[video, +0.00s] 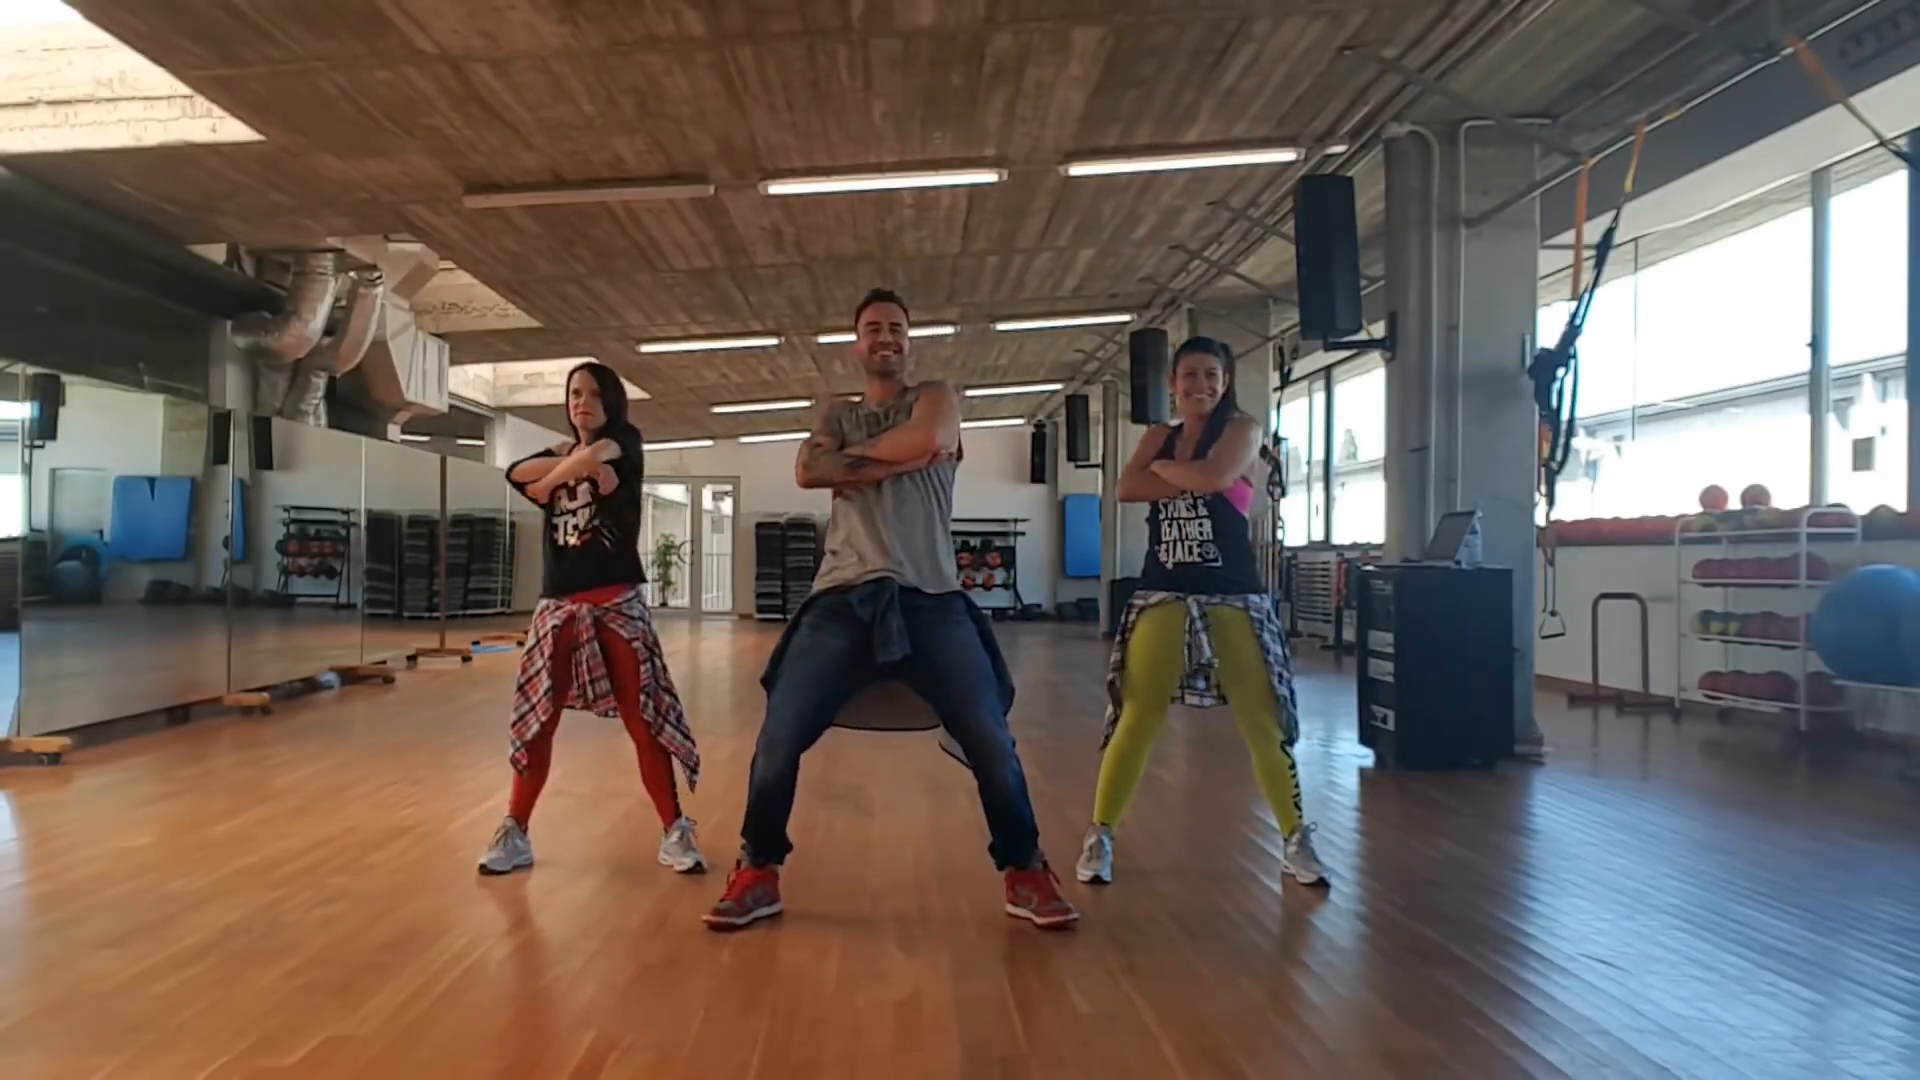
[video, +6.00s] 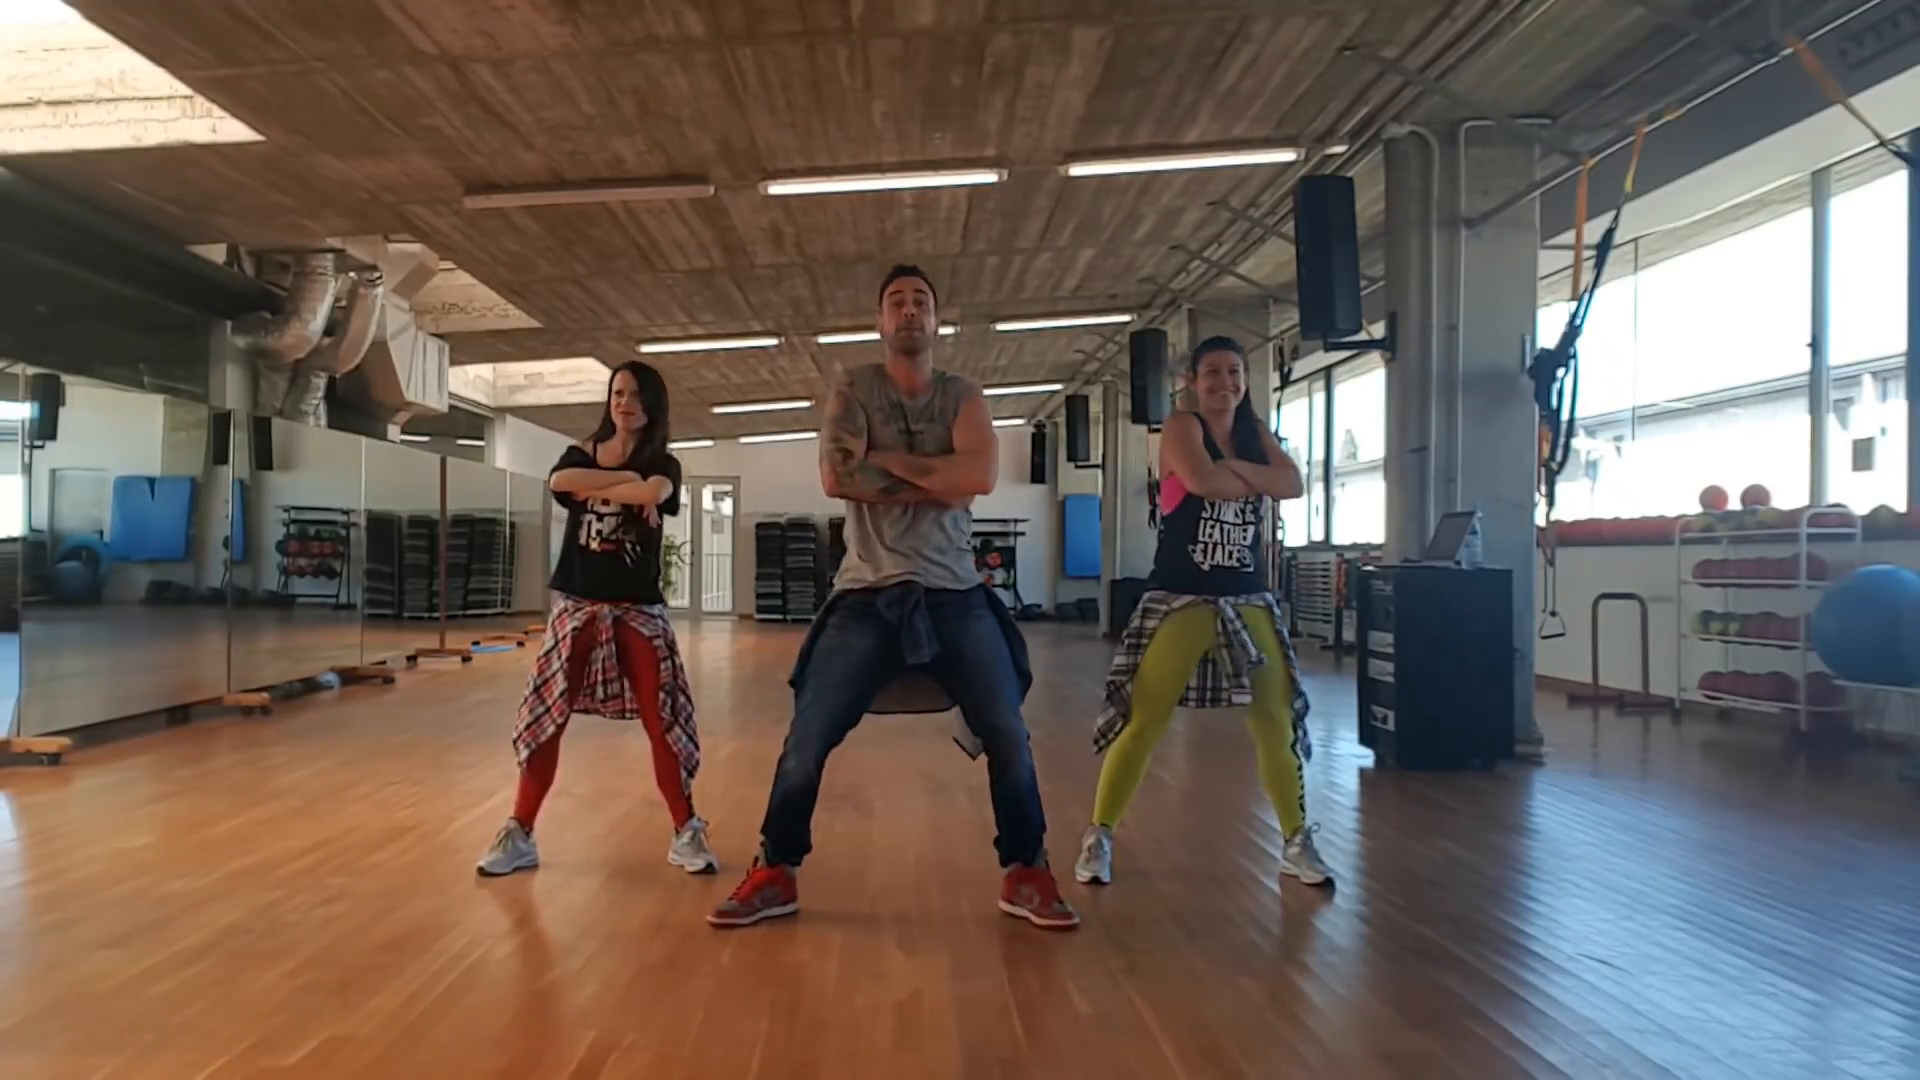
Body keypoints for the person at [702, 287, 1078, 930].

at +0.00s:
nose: (884, 338)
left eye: (894, 329)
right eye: (873, 329)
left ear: (909, 341)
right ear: (855, 344)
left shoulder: (936, 396)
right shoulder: (836, 412)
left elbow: (929, 442)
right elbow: (808, 472)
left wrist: (843, 454)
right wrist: (894, 460)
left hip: (930, 595)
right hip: (842, 595)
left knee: (989, 736)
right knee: (777, 737)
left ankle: (1025, 872)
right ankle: (757, 873)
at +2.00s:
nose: (901, 325)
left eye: (911, 316)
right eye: (889, 316)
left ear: (928, 330)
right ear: (870, 331)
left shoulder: (951, 400)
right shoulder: (847, 398)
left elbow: (968, 456)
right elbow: (828, 463)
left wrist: (873, 444)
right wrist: (921, 462)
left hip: (945, 593)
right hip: (855, 591)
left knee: (1005, 732)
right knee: (791, 730)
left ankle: (1034, 873)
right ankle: (761, 873)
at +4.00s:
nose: (918, 330)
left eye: (930, 319)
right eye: (908, 319)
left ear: (948, 328)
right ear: (890, 327)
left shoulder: (970, 400)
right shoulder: (870, 392)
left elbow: (998, 459)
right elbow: (867, 458)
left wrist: (904, 439)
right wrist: (960, 459)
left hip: (963, 594)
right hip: (872, 593)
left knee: (1020, 734)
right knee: (809, 733)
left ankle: (1034, 873)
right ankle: (777, 874)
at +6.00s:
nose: (909, 309)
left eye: (920, 301)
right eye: (897, 301)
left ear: (937, 321)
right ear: (878, 321)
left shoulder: (963, 396)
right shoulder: (853, 392)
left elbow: (977, 476)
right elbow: (835, 480)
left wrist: (882, 458)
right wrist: (931, 488)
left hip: (954, 592)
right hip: (866, 592)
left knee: (1005, 727)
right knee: (809, 731)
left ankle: (1025, 873)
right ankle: (775, 872)